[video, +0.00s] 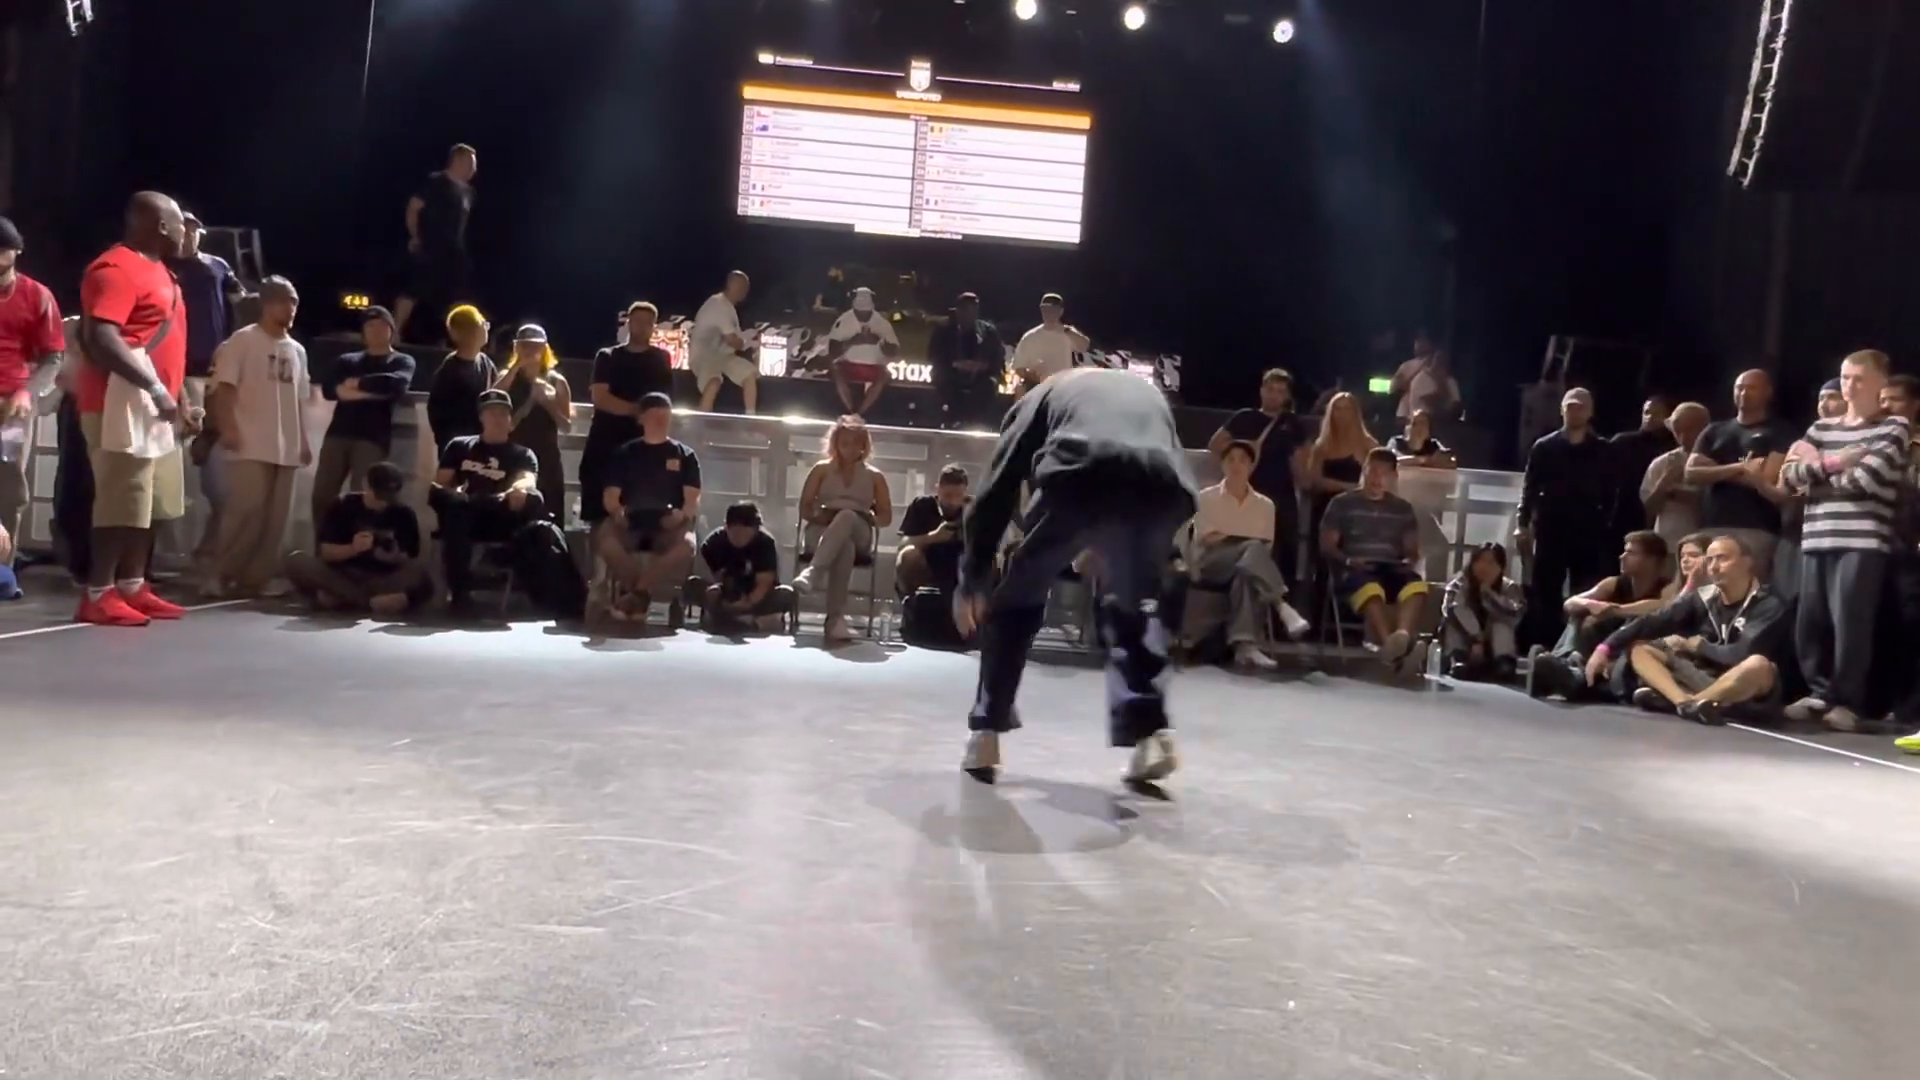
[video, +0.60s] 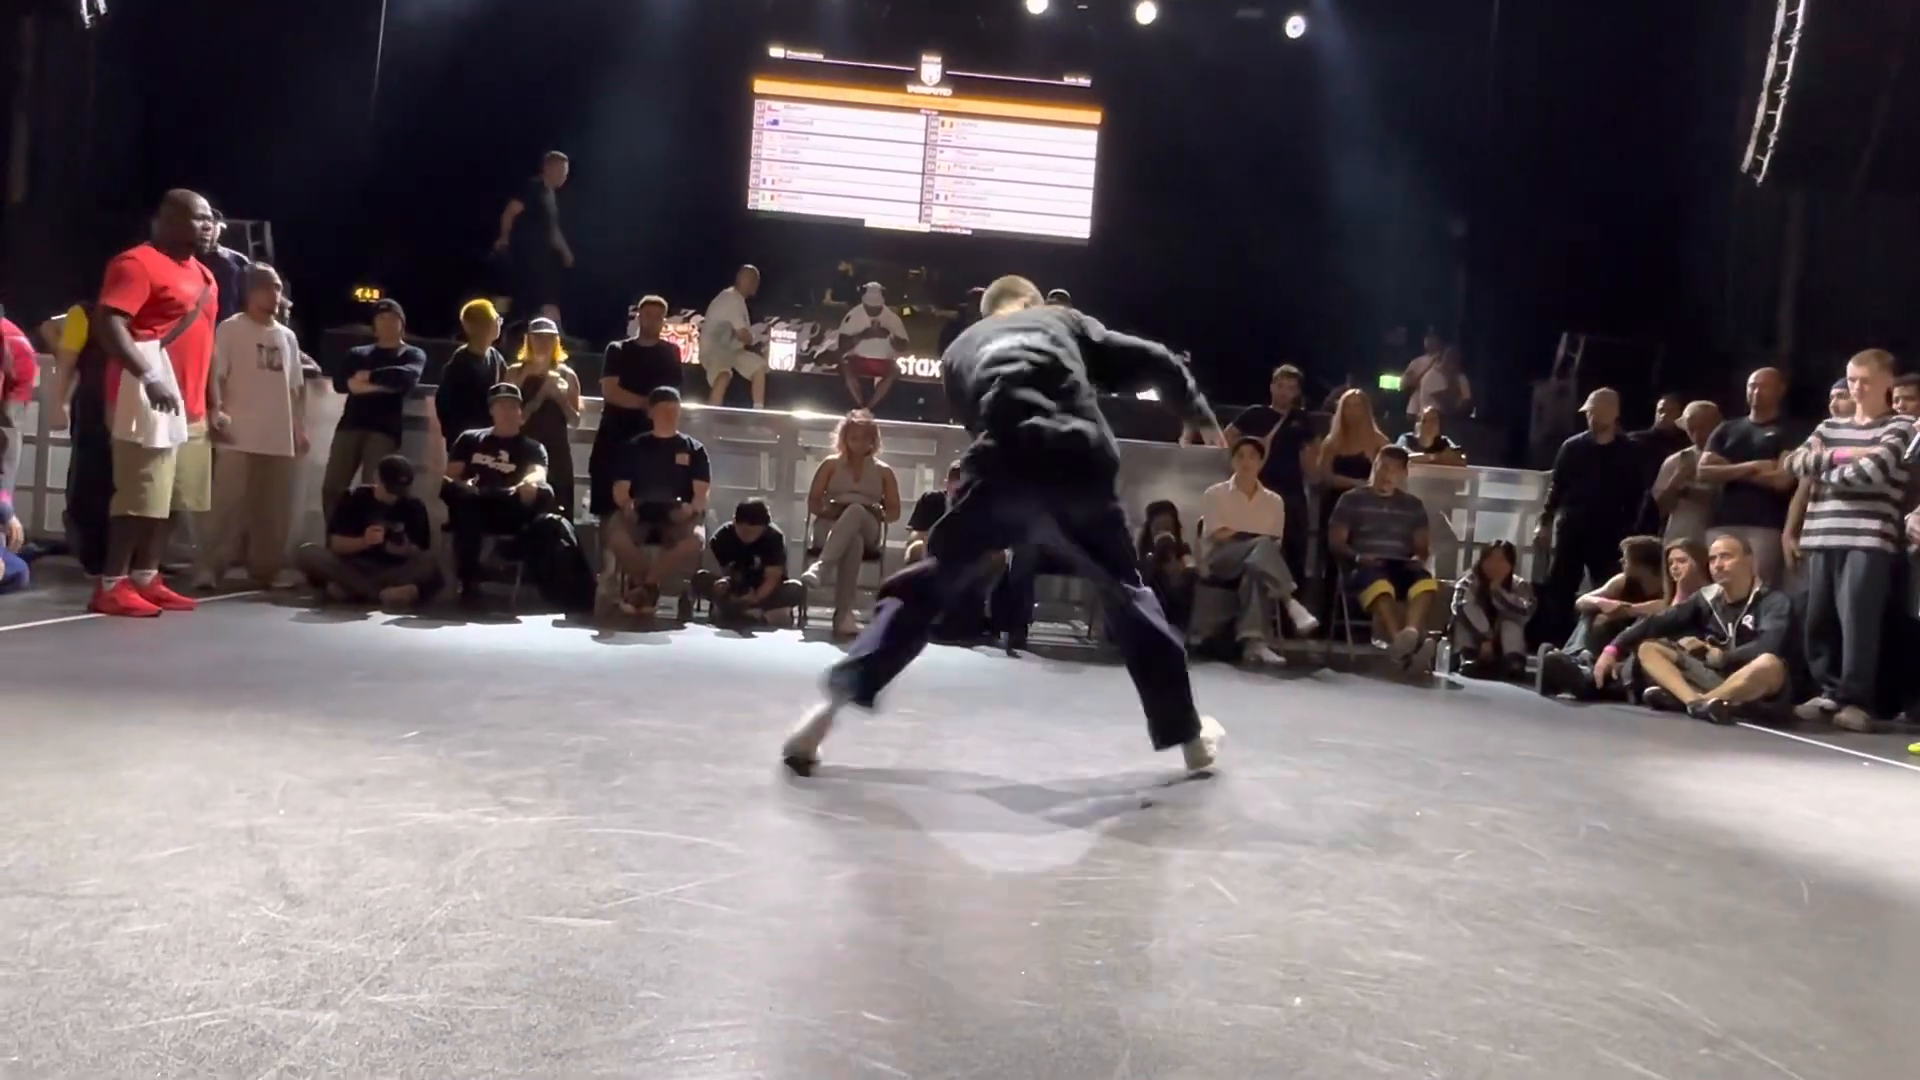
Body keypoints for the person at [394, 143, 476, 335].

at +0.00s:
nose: (474, 167)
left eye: (475, 162)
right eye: (471, 161)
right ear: (458, 161)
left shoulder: (467, 191)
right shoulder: (436, 181)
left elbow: (461, 221)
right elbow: (413, 207)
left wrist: (458, 242)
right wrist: (414, 237)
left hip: (455, 249)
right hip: (429, 246)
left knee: (457, 294)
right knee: (412, 292)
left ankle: (458, 340)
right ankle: (395, 332)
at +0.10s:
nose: (491, 171)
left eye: (493, 166)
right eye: (489, 165)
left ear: (490, 166)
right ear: (477, 162)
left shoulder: (482, 192)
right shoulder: (454, 181)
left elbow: (475, 221)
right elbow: (430, 207)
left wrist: (473, 243)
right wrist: (427, 235)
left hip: (468, 249)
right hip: (443, 246)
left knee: (466, 296)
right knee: (423, 291)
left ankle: (461, 341)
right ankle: (400, 333)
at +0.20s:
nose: (508, 171)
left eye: (509, 167)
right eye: (505, 165)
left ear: (507, 168)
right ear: (492, 163)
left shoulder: (498, 192)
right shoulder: (471, 181)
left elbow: (489, 221)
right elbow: (448, 204)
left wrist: (487, 244)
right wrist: (441, 231)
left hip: (484, 248)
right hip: (460, 244)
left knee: (483, 293)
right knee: (446, 288)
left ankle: (479, 339)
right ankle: (420, 329)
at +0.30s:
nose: (522, 172)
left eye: (523, 167)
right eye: (520, 166)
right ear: (509, 163)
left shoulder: (511, 193)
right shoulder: (487, 182)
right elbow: (462, 205)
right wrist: (454, 230)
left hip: (496, 249)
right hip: (478, 246)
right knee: (474, 292)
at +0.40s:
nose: (535, 171)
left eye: (536, 166)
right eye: (532, 165)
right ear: (521, 164)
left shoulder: (522, 192)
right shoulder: (502, 183)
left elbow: (518, 227)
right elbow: (476, 204)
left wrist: (521, 253)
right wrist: (468, 230)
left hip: (511, 253)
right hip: (494, 250)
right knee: (495, 300)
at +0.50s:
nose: (548, 174)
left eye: (549, 169)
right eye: (544, 168)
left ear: (549, 170)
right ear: (532, 166)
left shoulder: (534, 193)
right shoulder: (515, 186)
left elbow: (534, 230)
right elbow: (491, 209)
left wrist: (543, 254)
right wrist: (484, 233)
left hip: (528, 254)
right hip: (505, 251)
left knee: (527, 302)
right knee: (494, 297)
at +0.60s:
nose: (565, 176)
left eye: (566, 172)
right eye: (562, 171)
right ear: (549, 168)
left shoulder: (549, 193)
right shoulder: (533, 188)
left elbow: (553, 229)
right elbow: (509, 213)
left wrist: (565, 252)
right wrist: (504, 237)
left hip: (545, 252)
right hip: (530, 251)